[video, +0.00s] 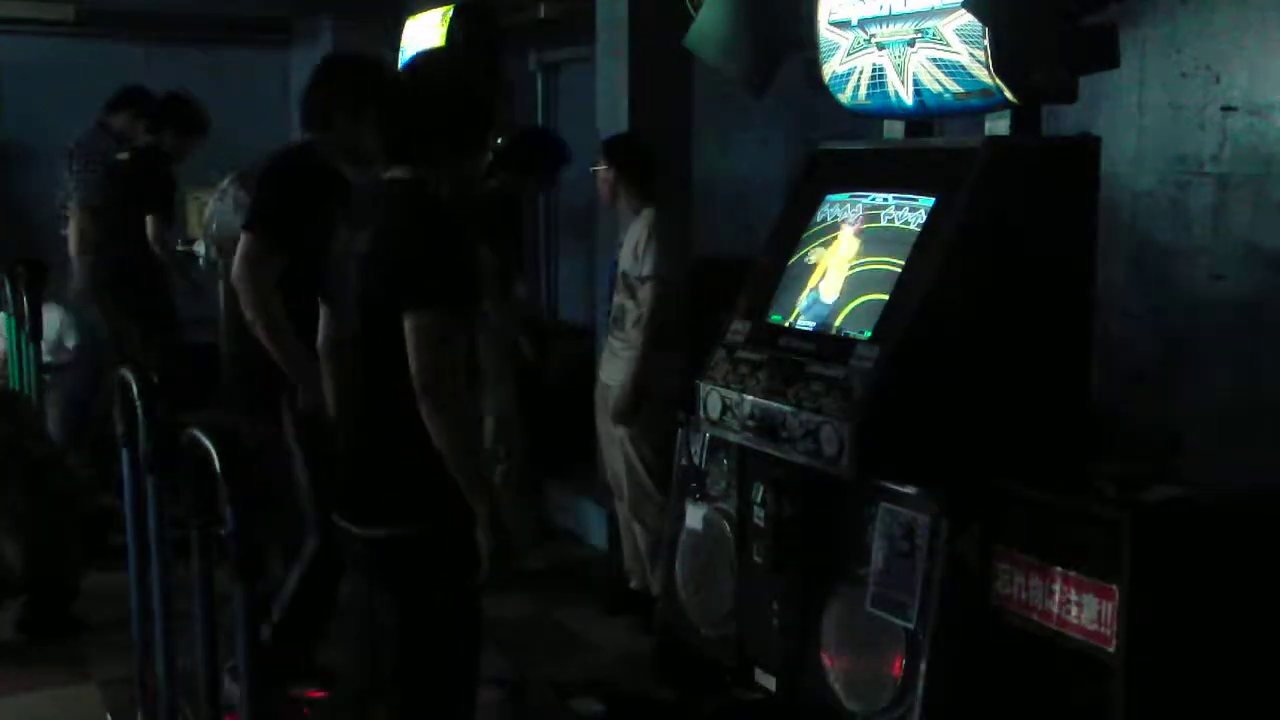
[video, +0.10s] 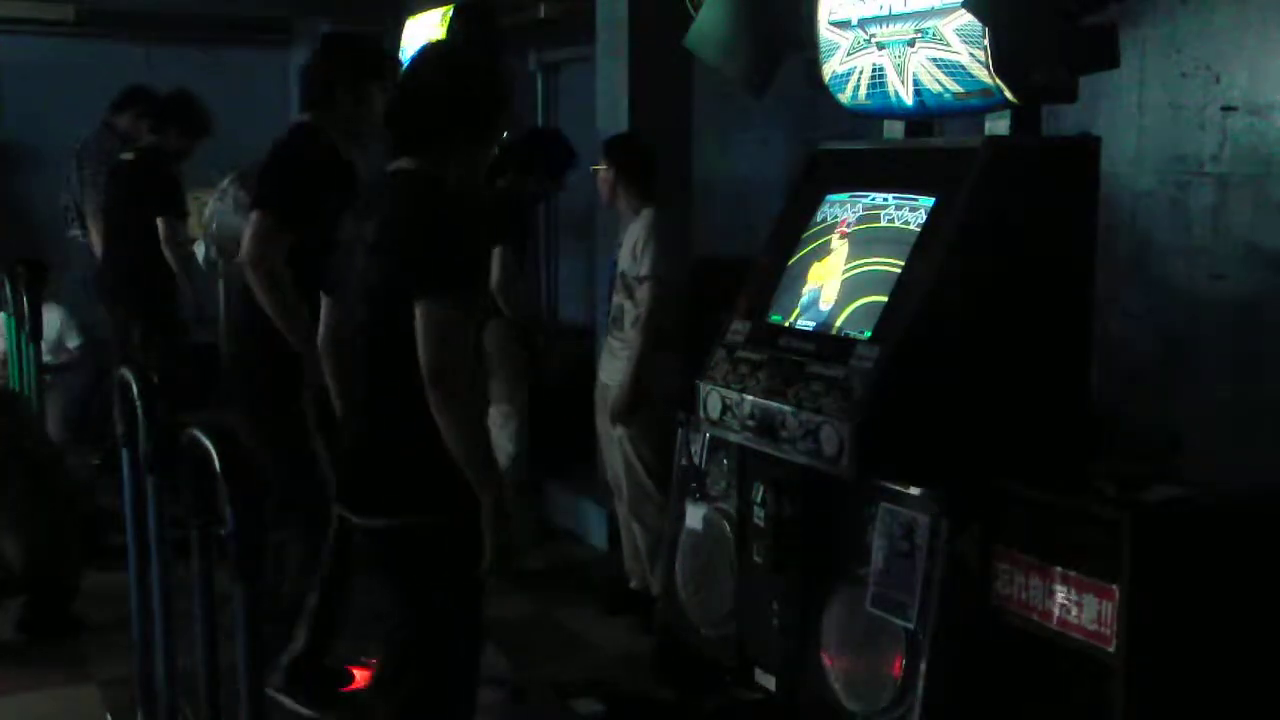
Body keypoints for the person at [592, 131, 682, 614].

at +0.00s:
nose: (597, 181)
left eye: (602, 172)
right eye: (598, 171)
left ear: (620, 177)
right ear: (628, 175)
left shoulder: (651, 229)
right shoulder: (635, 228)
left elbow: (651, 315)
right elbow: (637, 314)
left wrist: (630, 389)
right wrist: (612, 375)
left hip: (631, 383)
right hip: (613, 379)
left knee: (640, 492)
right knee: (621, 487)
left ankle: (653, 589)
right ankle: (633, 581)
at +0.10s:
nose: (597, 180)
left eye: (602, 171)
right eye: (598, 170)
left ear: (618, 176)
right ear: (630, 175)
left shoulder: (651, 229)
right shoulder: (636, 228)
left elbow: (648, 315)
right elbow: (635, 314)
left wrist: (628, 388)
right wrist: (613, 376)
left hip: (632, 383)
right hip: (614, 378)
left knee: (640, 492)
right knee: (622, 488)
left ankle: (653, 589)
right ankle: (634, 581)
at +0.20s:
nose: (598, 181)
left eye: (603, 172)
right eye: (599, 171)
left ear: (620, 177)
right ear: (629, 177)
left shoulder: (648, 230)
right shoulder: (633, 229)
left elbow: (644, 317)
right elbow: (629, 315)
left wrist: (624, 387)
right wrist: (608, 377)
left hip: (629, 385)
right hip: (611, 380)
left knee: (639, 493)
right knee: (623, 490)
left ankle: (653, 589)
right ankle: (633, 581)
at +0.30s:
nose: (597, 182)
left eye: (603, 173)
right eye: (599, 172)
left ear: (618, 178)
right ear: (630, 178)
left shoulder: (647, 230)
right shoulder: (632, 229)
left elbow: (642, 316)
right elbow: (629, 315)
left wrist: (621, 385)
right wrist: (607, 375)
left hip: (629, 382)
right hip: (611, 377)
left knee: (638, 490)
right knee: (621, 487)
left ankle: (651, 587)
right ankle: (633, 580)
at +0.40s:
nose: (596, 182)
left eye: (602, 172)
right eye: (597, 171)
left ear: (618, 177)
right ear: (630, 177)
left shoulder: (645, 229)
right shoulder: (633, 228)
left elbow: (642, 315)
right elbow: (630, 314)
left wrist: (621, 386)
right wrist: (609, 374)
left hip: (629, 379)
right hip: (613, 374)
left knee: (637, 490)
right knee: (622, 486)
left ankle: (651, 588)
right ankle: (634, 582)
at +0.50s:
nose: (597, 182)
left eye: (603, 172)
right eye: (598, 172)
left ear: (621, 177)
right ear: (631, 177)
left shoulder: (646, 229)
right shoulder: (634, 228)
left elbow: (641, 315)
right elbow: (629, 314)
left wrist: (619, 388)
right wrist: (607, 377)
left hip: (630, 383)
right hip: (613, 378)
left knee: (638, 493)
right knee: (624, 490)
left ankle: (651, 589)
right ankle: (634, 582)